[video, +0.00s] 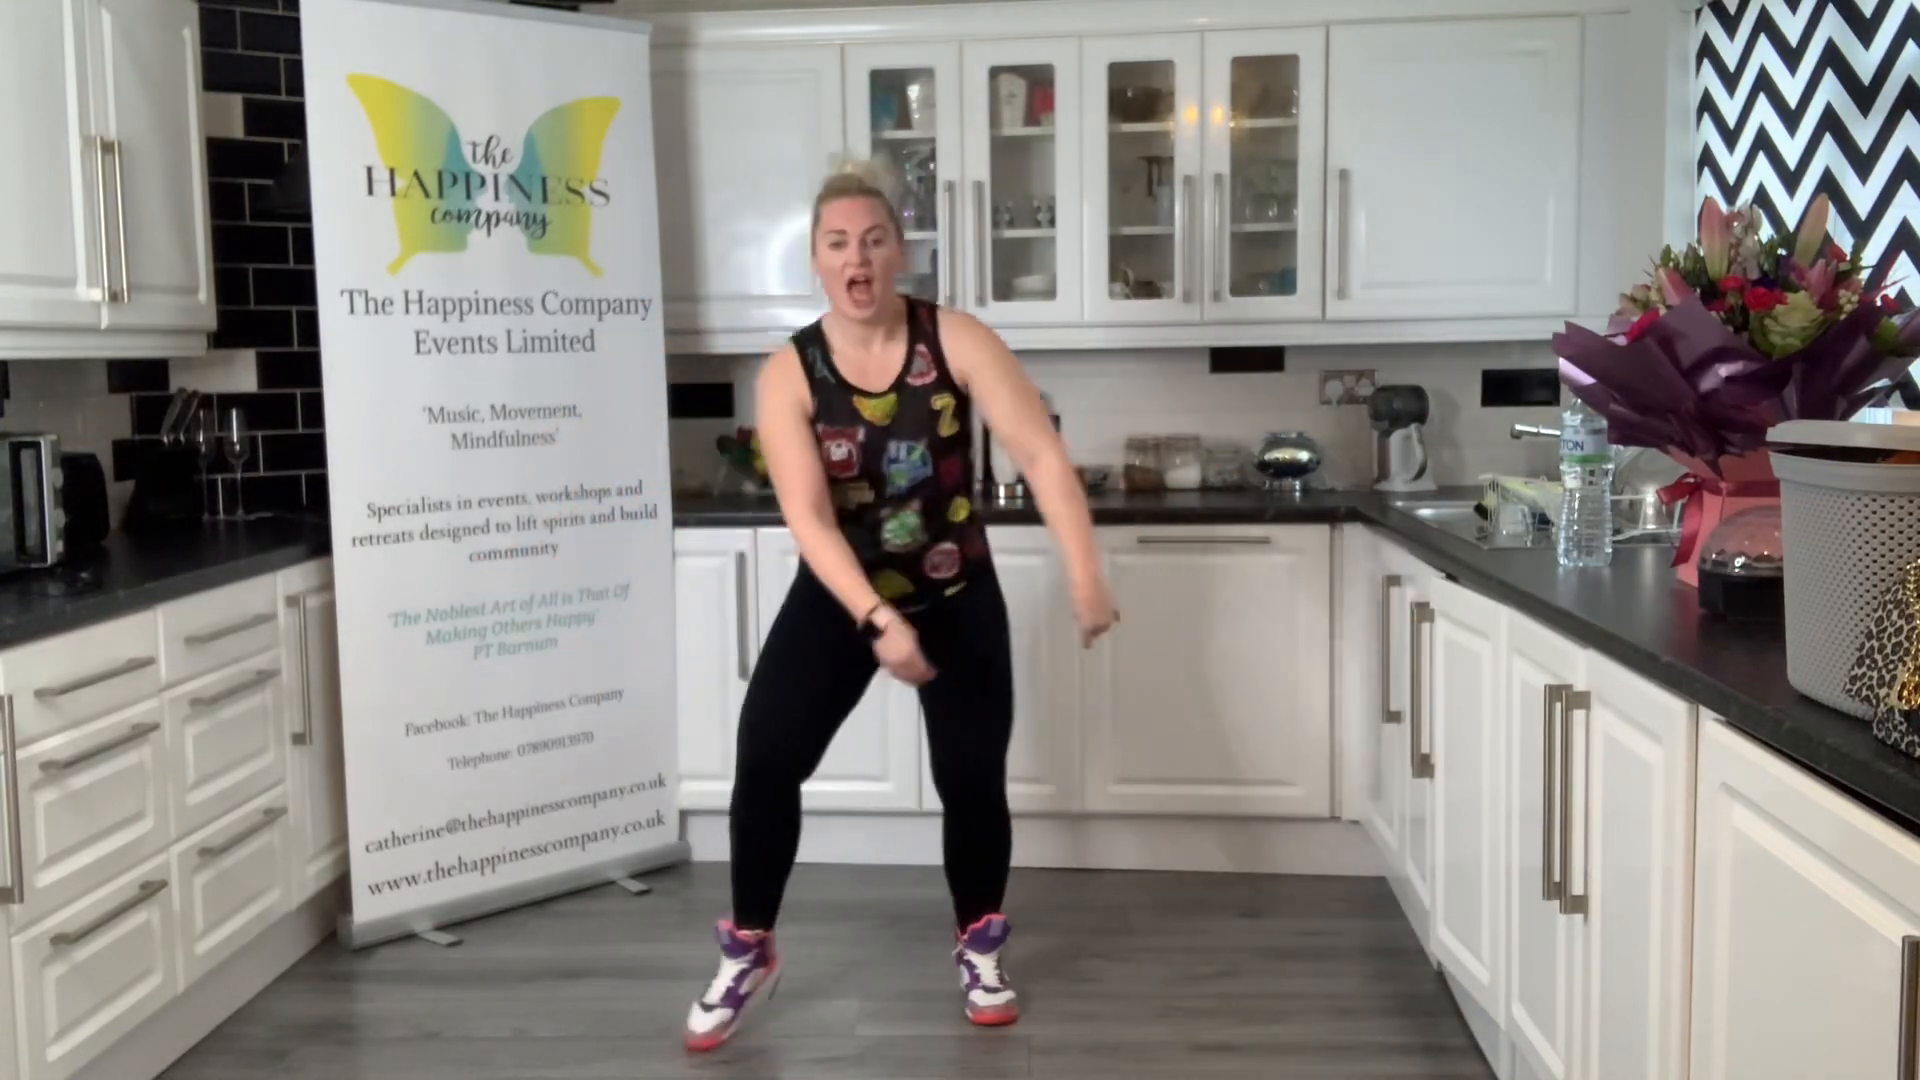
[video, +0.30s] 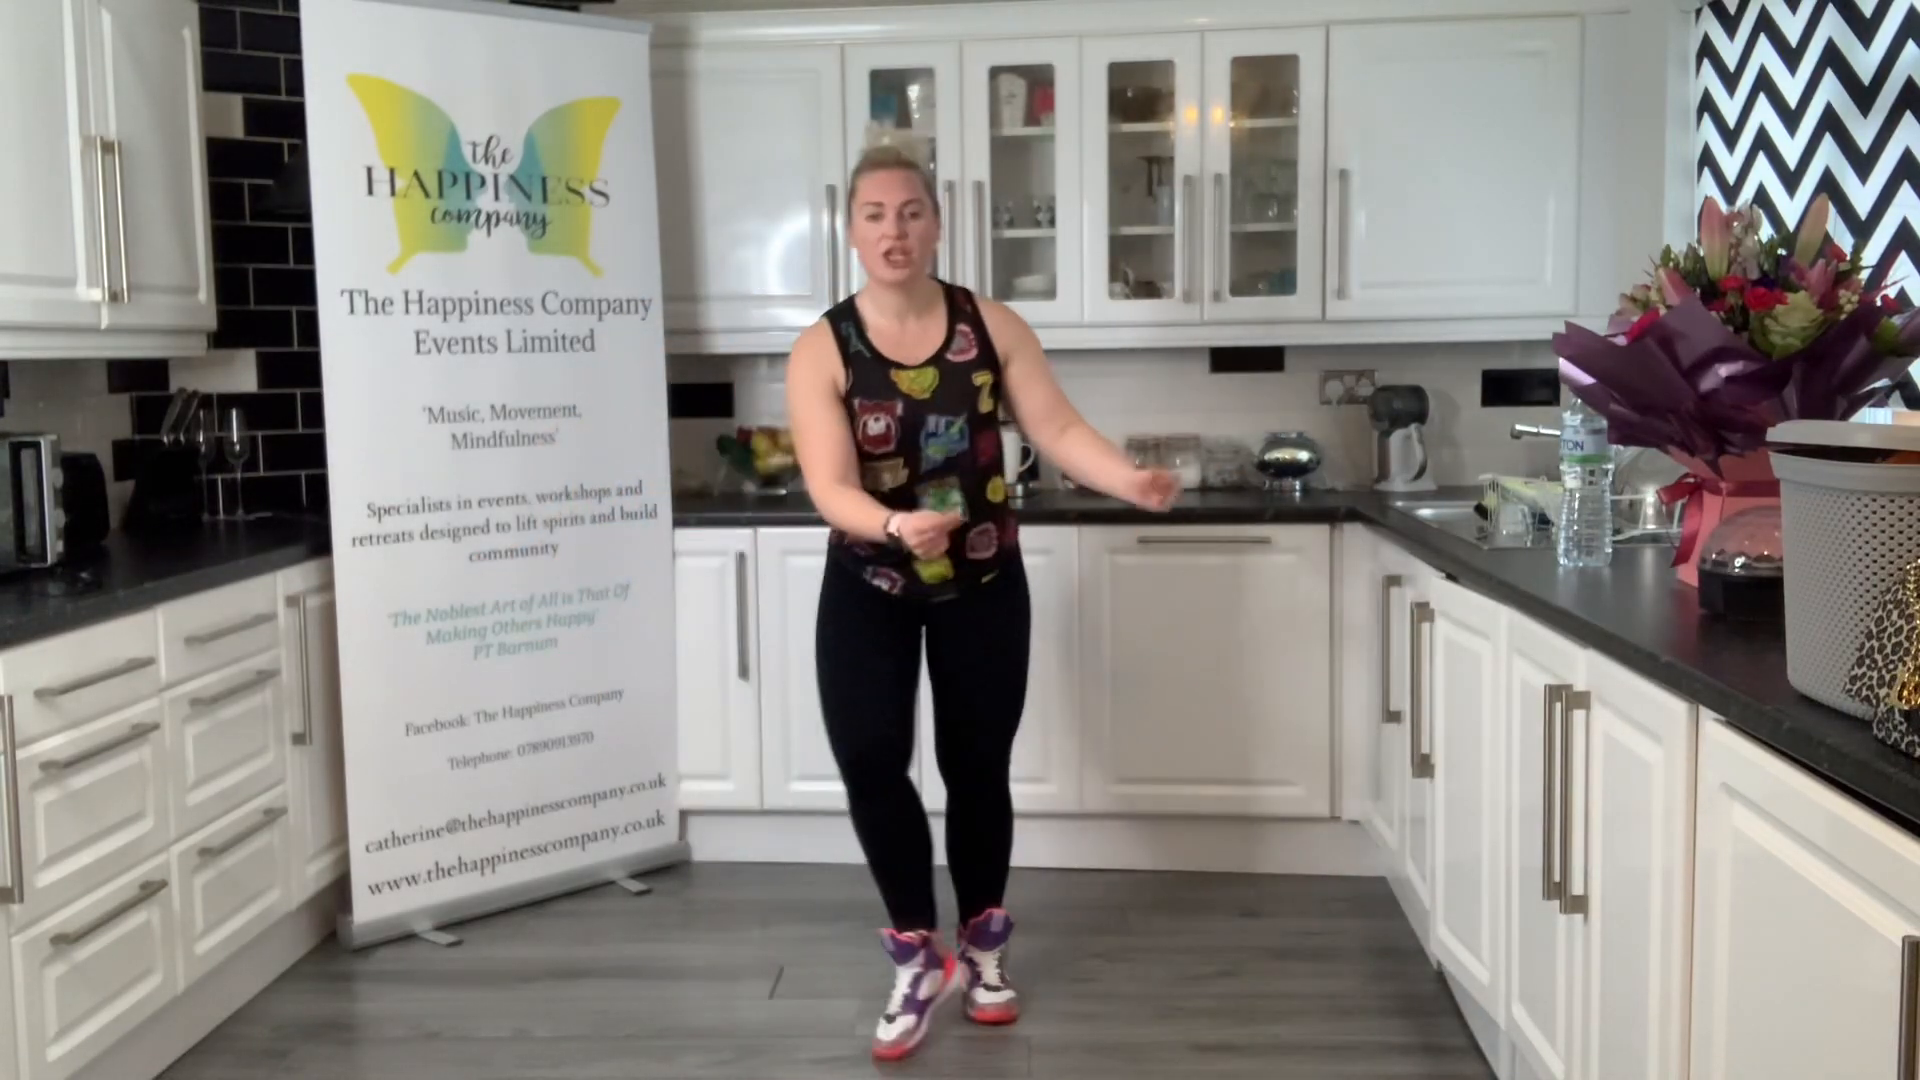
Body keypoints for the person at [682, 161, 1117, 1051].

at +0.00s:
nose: (856, 258)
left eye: (873, 240)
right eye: (838, 244)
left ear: (902, 252)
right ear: (815, 262)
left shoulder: (959, 340)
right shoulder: (790, 373)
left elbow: (1040, 451)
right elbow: (807, 519)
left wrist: (1085, 575)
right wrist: (877, 617)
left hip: (954, 587)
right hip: (841, 585)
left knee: (972, 777)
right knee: (765, 756)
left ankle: (981, 949)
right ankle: (749, 950)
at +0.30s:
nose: (894, 230)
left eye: (910, 212)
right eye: (875, 215)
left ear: (937, 224)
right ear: (851, 232)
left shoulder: (993, 327)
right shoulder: (821, 351)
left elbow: (1058, 428)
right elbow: (829, 487)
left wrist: (1129, 479)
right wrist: (893, 525)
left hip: (981, 583)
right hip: (870, 589)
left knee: (977, 768)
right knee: (871, 771)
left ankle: (984, 944)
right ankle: (918, 956)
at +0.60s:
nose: (903, 244)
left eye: (920, 229)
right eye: (885, 230)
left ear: (945, 246)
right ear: (861, 249)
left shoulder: (988, 352)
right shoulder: (824, 361)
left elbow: (1051, 472)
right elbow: (802, 507)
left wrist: (1122, 558)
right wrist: (884, 570)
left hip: (979, 585)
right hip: (864, 584)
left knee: (983, 769)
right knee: (801, 730)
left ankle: (983, 946)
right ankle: (829, 914)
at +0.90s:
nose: (866, 235)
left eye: (883, 219)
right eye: (847, 220)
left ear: (908, 237)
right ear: (822, 238)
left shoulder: (942, 357)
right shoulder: (773, 339)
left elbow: (920, 501)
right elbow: (670, 433)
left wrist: (859, 610)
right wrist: (633, 566)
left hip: (891, 579)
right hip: (774, 584)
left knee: (941, 765)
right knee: (770, 773)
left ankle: (976, 941)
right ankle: (759, 948)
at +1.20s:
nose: (825, 232)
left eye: (842, 216)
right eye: (806, 217)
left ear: (867, 231)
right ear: (780, 235)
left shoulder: (903, 351)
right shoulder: (727, 331)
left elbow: (886, 486)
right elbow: (640, 404)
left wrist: (801, 501)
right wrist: (565, 450)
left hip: (842, 590)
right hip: (730, 585)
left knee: (838, 773)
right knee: (747, 773)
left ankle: (819, 935)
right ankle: (754, 945)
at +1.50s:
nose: (809, 243)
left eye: (826, 228)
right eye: (789, 230)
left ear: (848, 246)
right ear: (765, 254)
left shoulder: (893, 356)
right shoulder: (723, 362)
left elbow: (906, 502)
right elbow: (658, 476)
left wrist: (814, 595)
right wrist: (574, 560)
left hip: (854, 577)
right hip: (741, 582)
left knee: (939, 732)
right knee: (746, 768)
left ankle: (924, 905)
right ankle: (755, 947)